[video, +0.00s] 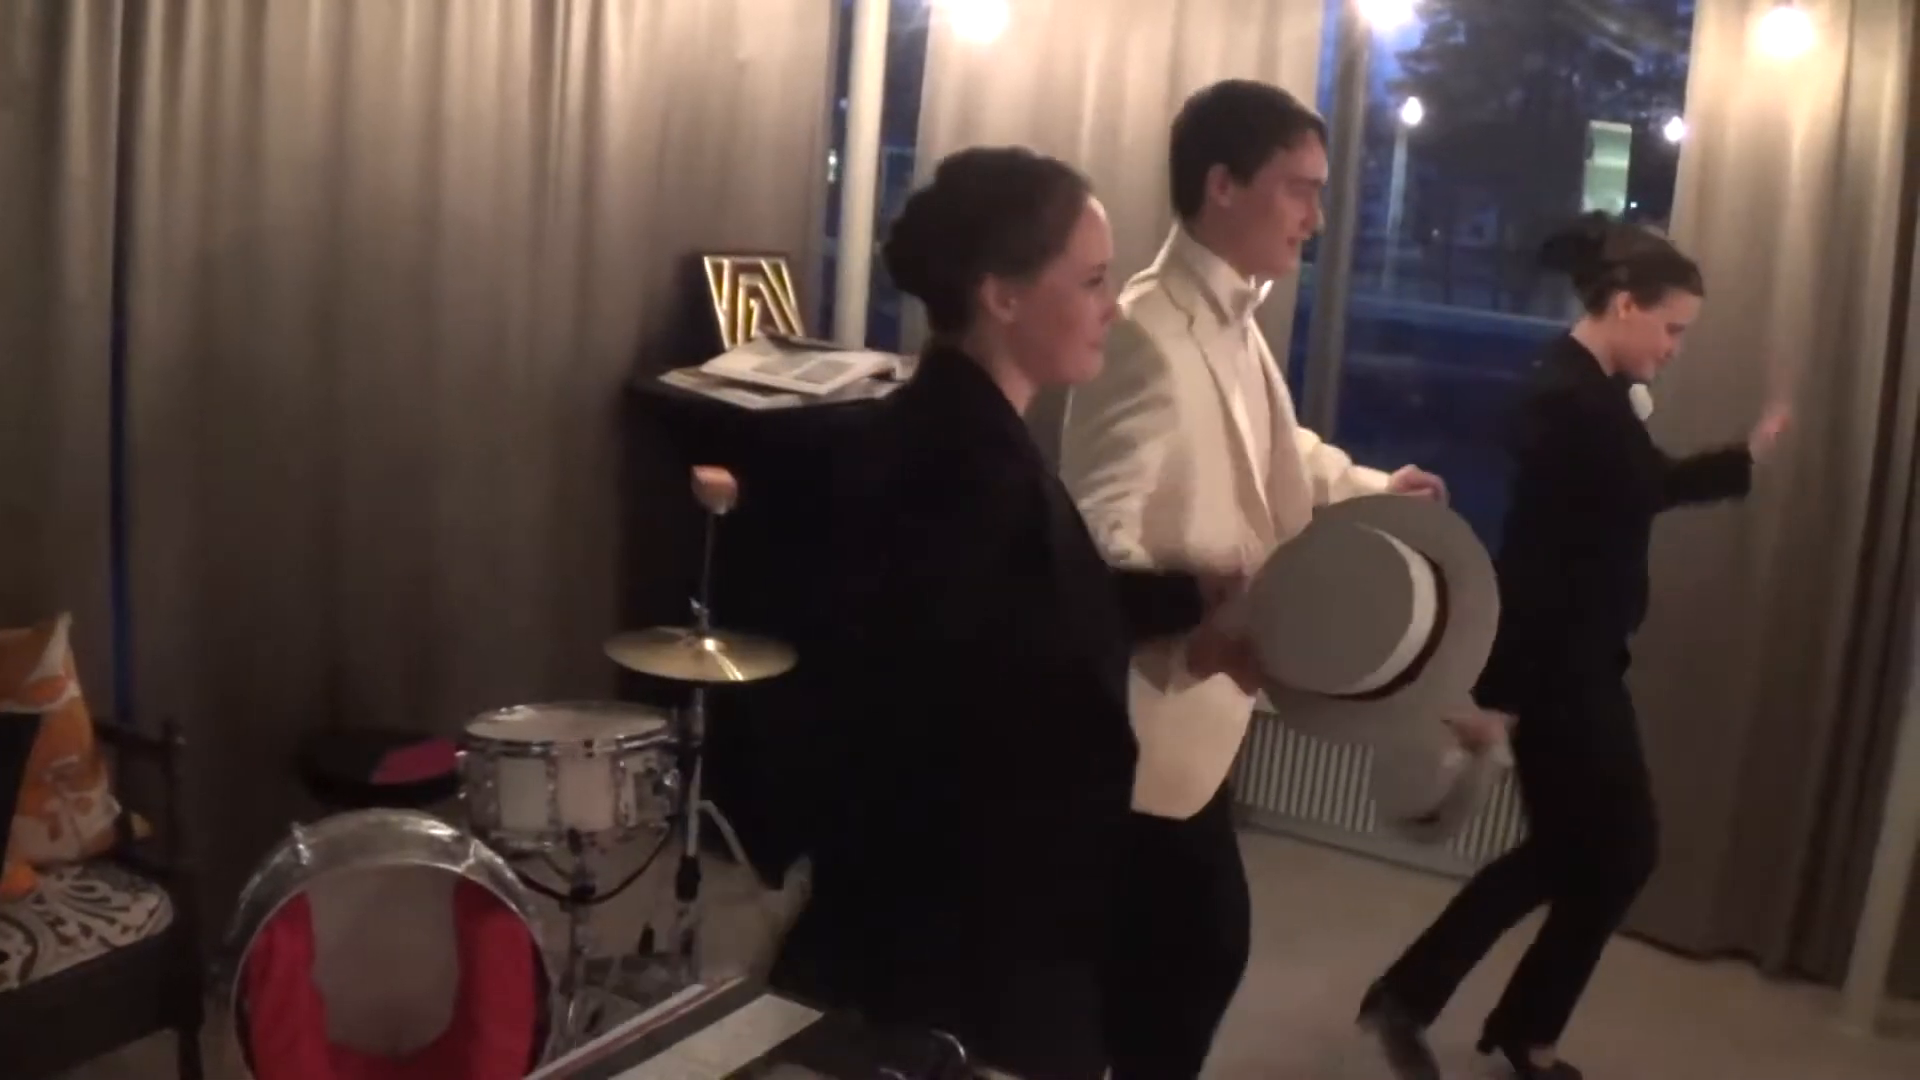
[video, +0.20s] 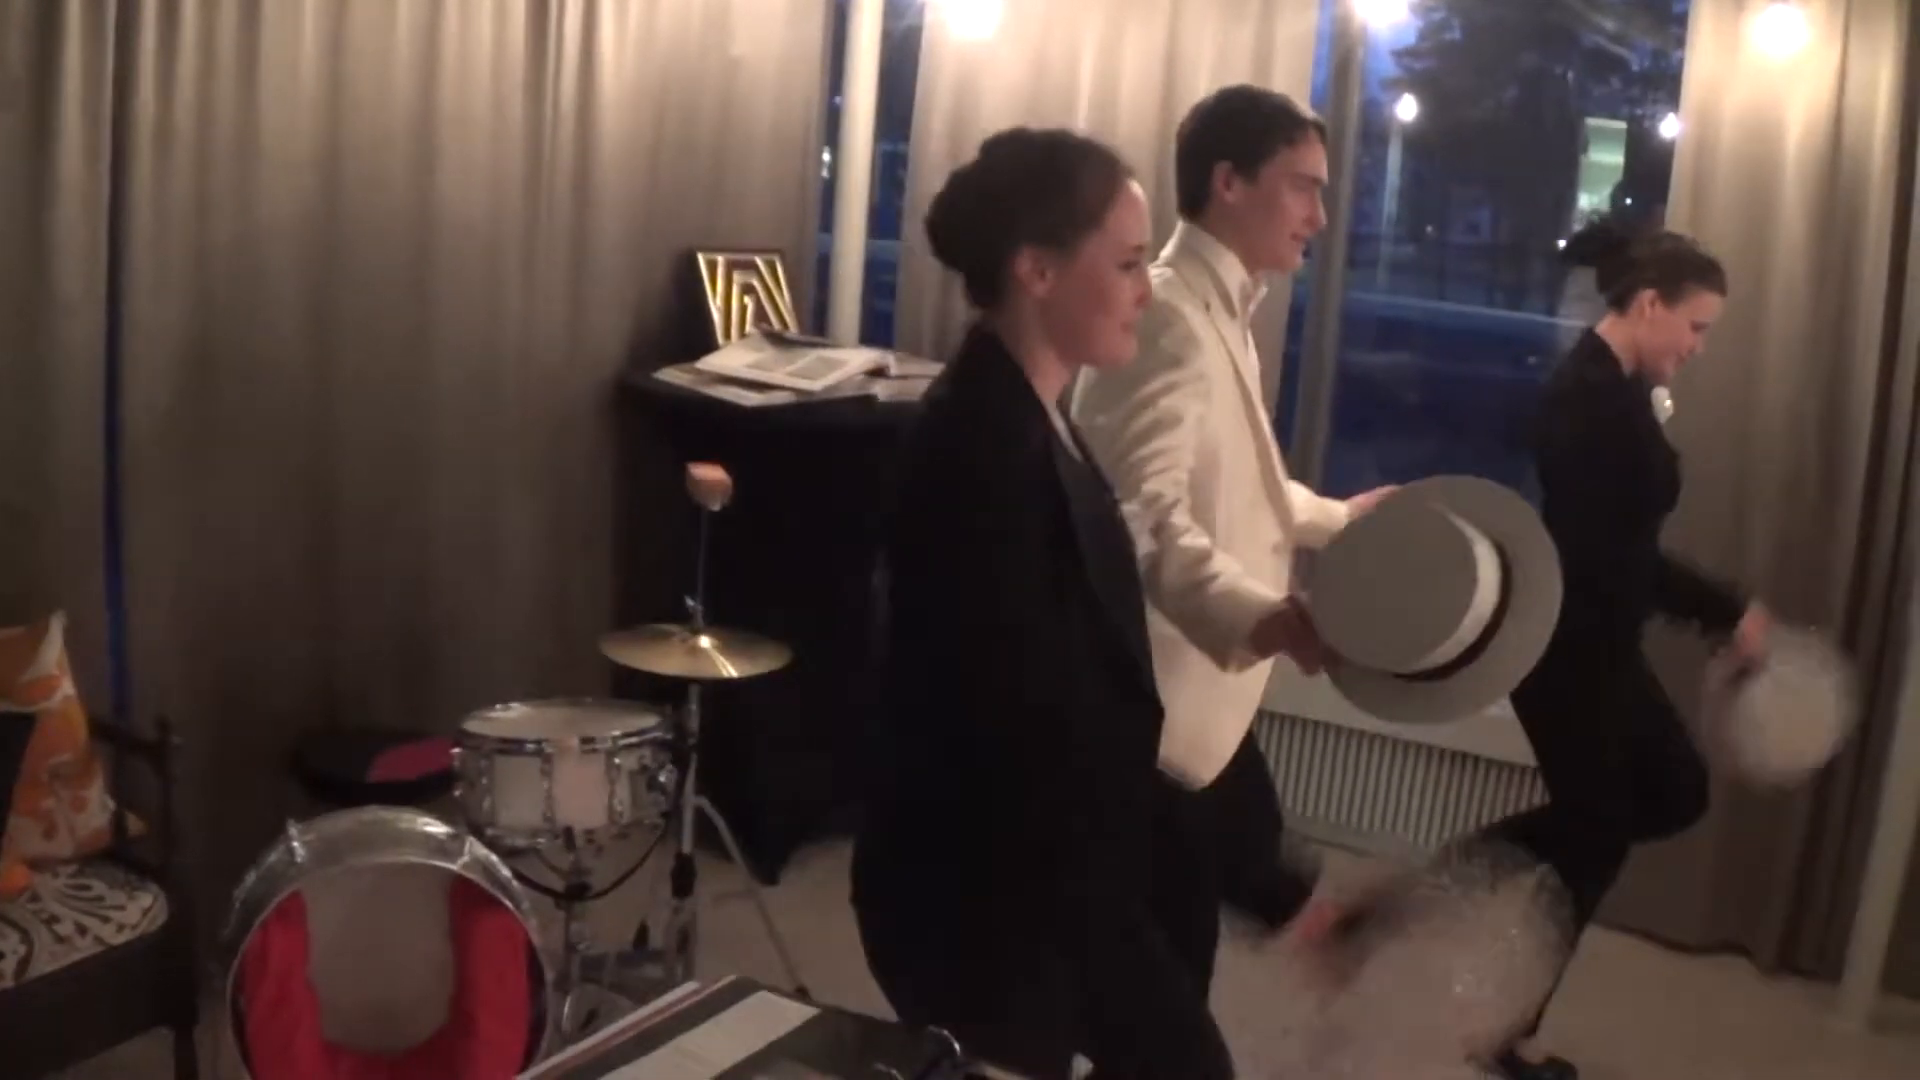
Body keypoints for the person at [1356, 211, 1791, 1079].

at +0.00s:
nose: (1676, 348)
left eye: (1682, 332)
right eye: (1671, 328)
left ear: (1618, 309)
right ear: (1618, 306)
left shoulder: (1584, 387)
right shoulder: (1576, 396)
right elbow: (1645, 485)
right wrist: (1746, 461)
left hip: (1565, 661)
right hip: (1569, 668)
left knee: (1558, 850)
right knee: (1619, 853)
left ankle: (1400, 999)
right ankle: (1520, 1035)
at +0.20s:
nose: (1697, 348)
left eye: (1705, 332)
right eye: (1696, 327)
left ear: (1647, 309)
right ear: (1645, 306)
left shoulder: (1611, 383)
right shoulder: (1593, 397)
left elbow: (1618, 544)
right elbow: (1614, 559)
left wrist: (1714, 608)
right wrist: (1726, 614)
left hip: (1596, 644)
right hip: (1565, 654)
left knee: (1674, 794)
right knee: (1598, 826)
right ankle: (1504, 1030)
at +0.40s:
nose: (1715, 312)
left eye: (1720, 295)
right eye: (1710, 291)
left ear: (1662, 286)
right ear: (1657, 280)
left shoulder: (1649, 365)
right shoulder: (1599, 368)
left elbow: (1672, 481)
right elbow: (1654, 486)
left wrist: (1767, 446)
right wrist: (1766, 436)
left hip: (1611, 613)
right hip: (1580, 616)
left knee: (1619, 806)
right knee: (1600, 813)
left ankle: (1523, 983)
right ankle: (1495, 1014)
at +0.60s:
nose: (1710, 294)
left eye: (1713, 277)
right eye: (1700, 274)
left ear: (1648, 273)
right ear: (1645, 268)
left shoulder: (1639, 359)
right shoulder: (1601, 365)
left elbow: (1625, 511)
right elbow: (1606, 524)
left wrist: (1716, 533)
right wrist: (1706, 536)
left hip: (1590, 604)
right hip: (1561, 607)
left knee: (1573, 788)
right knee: (1646, 789)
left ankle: (1511, 970)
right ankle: (1478, 873)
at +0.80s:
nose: (1698, 289)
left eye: (1701, 273)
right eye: (1688, 270)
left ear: (1640, 271)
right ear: (1632, 266)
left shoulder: (1622, 354)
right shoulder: (1595, 360)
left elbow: (1620, 488)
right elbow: (1610, 500)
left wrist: (1665, 541)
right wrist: (1666, 576)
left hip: (1591, 599)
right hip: (1559, 602)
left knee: (1592, 783)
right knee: (1583, 785)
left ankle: (1516, 956)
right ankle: (1456, 950)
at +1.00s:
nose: (1710, 286)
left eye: (1714, 270)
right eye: (1700, 267)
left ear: (1658, 265)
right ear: (1645, 260)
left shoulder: (1637, 344)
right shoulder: (1610, 348)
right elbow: (1636, 450)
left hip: (1596, 595)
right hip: (1555, 598)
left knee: (1642, 729)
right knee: (1542, 780)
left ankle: (1540, 882)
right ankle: (1441, 958)